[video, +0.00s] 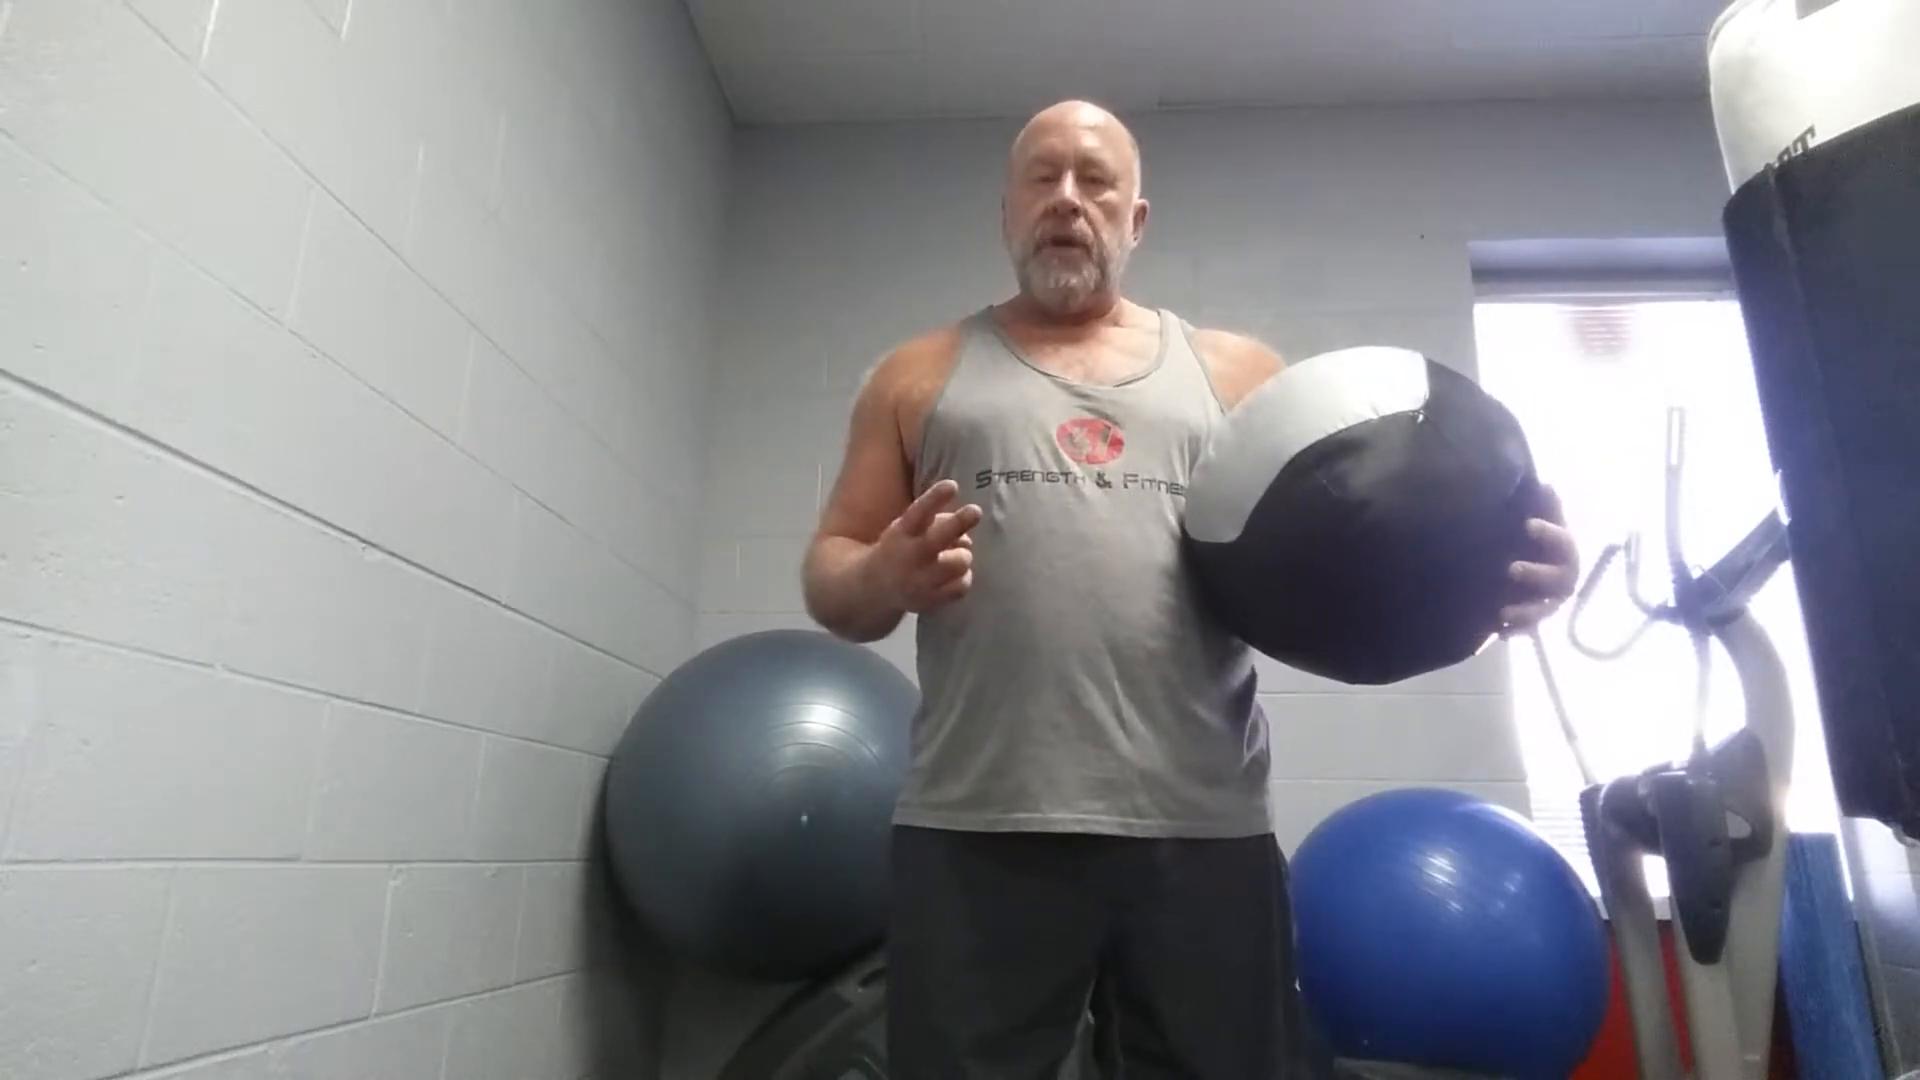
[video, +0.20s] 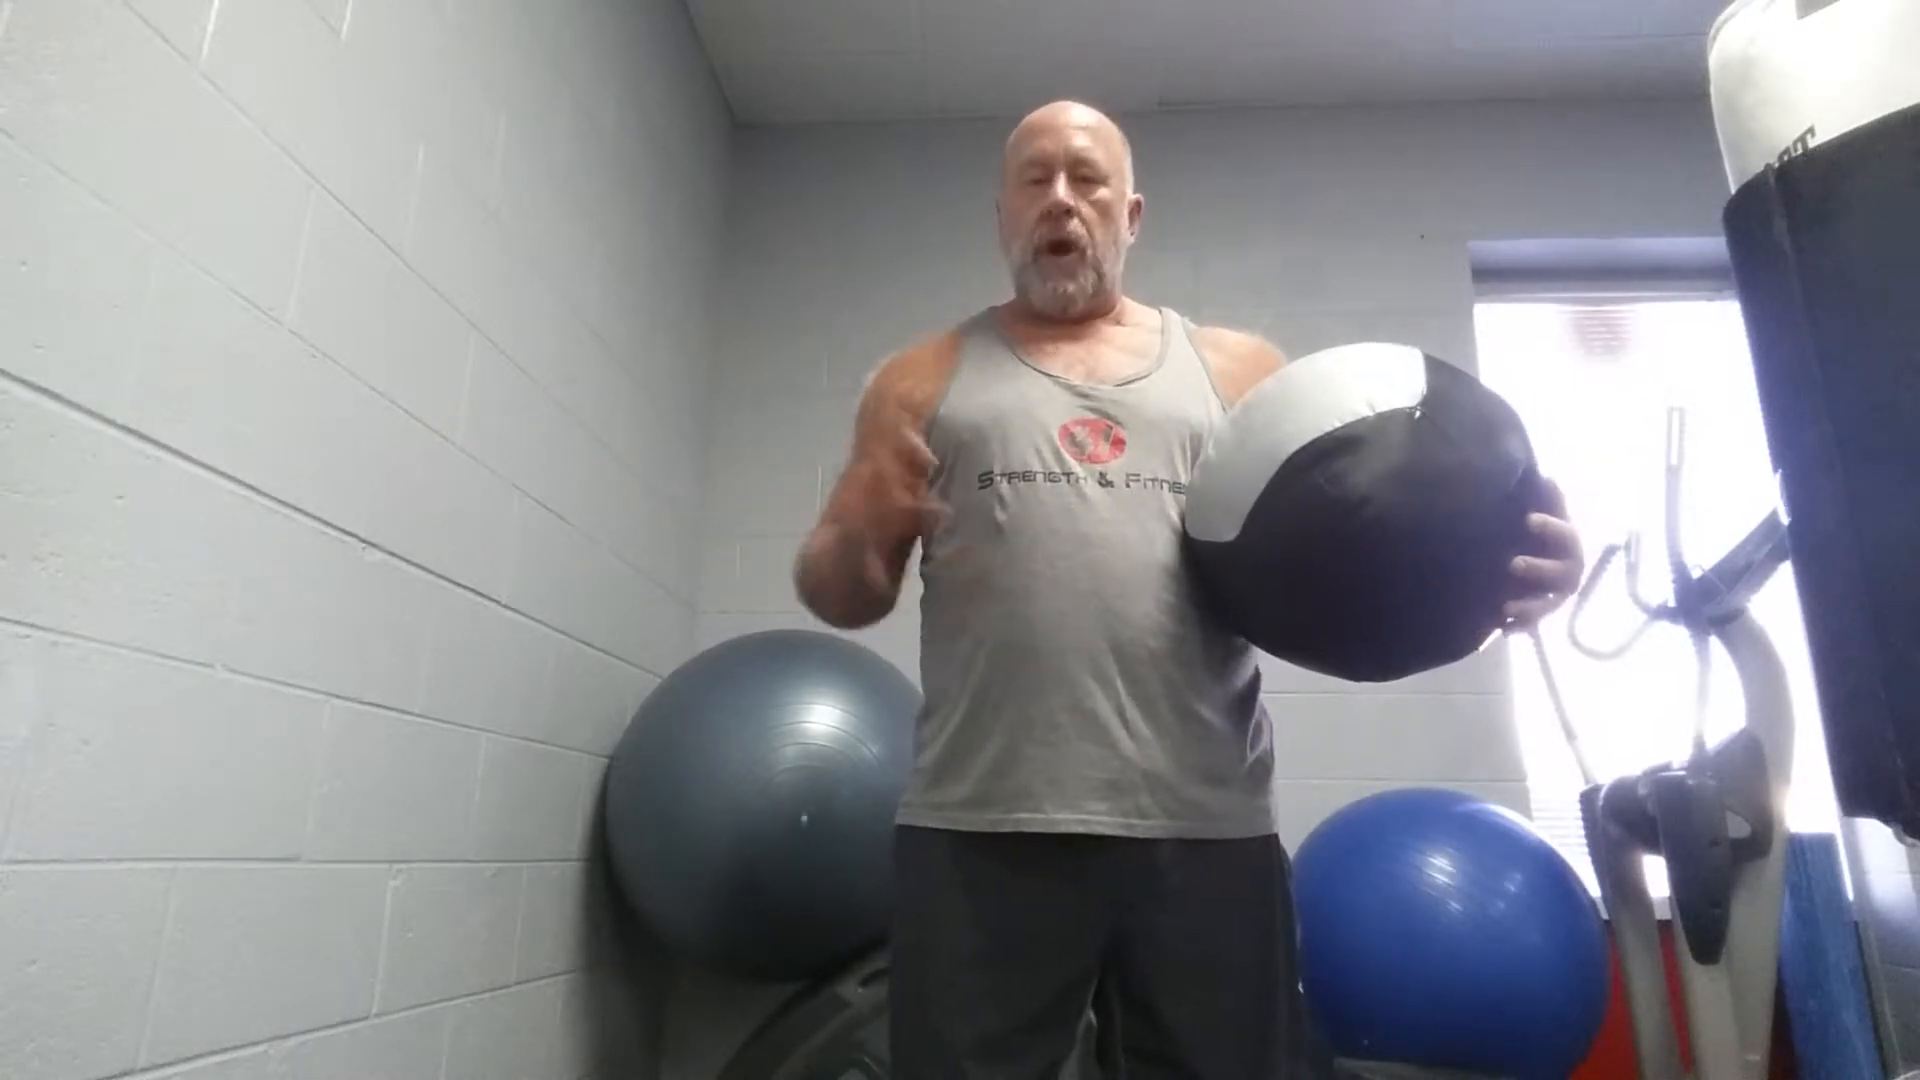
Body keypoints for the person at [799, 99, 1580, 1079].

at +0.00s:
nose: (1065, 197)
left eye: (1095, 178)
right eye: (1041, 175)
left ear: (1137, 217)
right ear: (1003, 209)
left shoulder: (1235, 370)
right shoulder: (916, 377)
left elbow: (1370, 536)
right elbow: (832, 590)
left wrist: (1515, 570)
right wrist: (881, 578)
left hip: (1204, 836)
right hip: (976, 834)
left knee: (1229, 1072)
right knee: (961, 1070)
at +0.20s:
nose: (1058, 199)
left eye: (1086, 178)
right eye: (1034, 178)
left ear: (1133, 212)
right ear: (998, 213)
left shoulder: (1236, 368)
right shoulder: (919, 381)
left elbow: (1377, 529)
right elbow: (842, 599)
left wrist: (1527, 564)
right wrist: (863, 525)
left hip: (1206, 834)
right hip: (979, 835)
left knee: (1231, 1068)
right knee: (967, 1068)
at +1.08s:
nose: (1092, 207)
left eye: (1121, 187)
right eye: (1067, 186)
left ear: (1164, 220)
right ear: (1031, 216)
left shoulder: (1267, 370)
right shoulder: (951, 383)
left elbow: (1396, 543)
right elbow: (875, 585)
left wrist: (1539, 575)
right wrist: (828, 497)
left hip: (1225, 834)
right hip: (999, 833)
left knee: (1248, 1068)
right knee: (978, 1068)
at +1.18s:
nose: (1094, 209)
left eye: (1124, 189)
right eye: (1070, 185)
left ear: (1167, 221)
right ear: (1034, 213)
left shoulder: (1266, 370)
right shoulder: (954, 379)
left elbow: (1412, 525)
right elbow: (873, 594)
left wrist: (1551, 570)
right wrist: (885, 512)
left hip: (1227, 838)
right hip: (999, 834)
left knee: (1249, 1071)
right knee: (978, 1070)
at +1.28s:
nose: (1103, 210)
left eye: (1133, 188)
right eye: (1080, 185)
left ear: (1175, 222)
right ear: (1041, 213)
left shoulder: (1274, 376)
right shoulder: (956, 384)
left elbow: (1393, 551)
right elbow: (870, 564)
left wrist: (1545, 578)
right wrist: (771, 507)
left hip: (1227, 836)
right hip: (1002, 833)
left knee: (1250, 1076)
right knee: (975, 1072)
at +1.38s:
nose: (1113, 207)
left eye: (1142, 188)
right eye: (1090, 184)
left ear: (1188, 218)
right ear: (1049, 210)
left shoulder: (1278, 380)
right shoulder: (963, 382)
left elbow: (1418, 534)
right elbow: (837, 545)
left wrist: (1564, 576)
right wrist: (657, 543)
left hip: (1233, 842)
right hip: (1008, 838)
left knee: (1259, 1072)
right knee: (976, 1070)